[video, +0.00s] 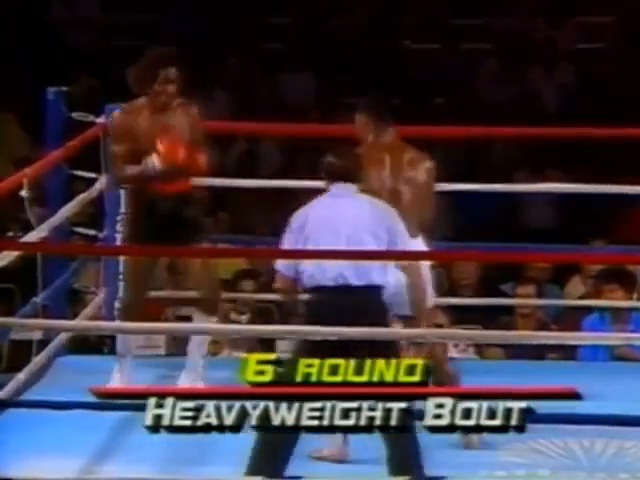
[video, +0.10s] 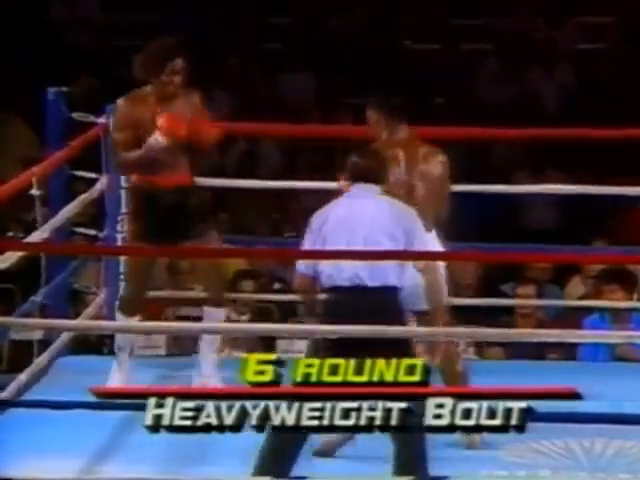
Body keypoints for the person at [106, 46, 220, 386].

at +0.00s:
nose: (169, 89)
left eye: (174, 82)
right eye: (162, 82)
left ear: (179, 85)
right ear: (148, 85)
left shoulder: (188, 115)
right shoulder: (126, 119)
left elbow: (204, 158)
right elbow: (117, 170)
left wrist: (187, 161)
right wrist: (149, 167)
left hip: (184, 208)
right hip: (144, 210)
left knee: (207, 291)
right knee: (134, 295)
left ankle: (193, 373)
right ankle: (123, 371)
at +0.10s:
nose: (176, 81)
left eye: (180, 73)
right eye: (169, 73)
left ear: (185, 75)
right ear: (153, 75)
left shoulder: (190, 102)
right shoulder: (130, 107)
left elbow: (208, 142)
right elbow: (120, 160)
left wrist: (192, 130)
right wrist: (154, 147)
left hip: (185, 193)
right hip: (146, 196)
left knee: (215, 276)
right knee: (136, 285)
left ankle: (208, 367)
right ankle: (121, 367)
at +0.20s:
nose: (186, 77)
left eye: (189, 69)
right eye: (179, 70)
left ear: (192, 71)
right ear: (161, 72)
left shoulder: (194, 101)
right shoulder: (140, 102)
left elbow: (217, 136)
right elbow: (137, 154)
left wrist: (211, 126)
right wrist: (165, 135)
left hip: (187, 192)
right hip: (148, 194)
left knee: (216, 275)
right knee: (136, 280)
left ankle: (235, 364)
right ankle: (121, 366)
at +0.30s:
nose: (192, 82)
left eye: (196, 75)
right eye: (185, 75)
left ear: (200, 77)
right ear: (167, 76)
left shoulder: (201, 108)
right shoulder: (148, 106)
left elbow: (205, 154)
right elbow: (149, 154)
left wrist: (227, 154)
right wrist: (182, 127)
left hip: (191, 195)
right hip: (157, 194)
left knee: (213, 274)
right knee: (140, 278)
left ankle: (240, 359)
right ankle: (121, 367)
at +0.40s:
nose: (223, 90)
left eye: (225, 83)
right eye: (217, 82)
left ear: (222, 85)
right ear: (198, 84)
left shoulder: (220, 114)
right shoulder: (168, 112)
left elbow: (223, 155)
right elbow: (158, 163)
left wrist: (236, 153)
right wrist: (196, 150)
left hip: (206, 198)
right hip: (170, 198)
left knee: (226, 274)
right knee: (153, 277)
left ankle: (245, 356)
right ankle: (125, 364)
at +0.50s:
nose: (240, 95)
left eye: (241, 88)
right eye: (235, 88)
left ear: (234, 90)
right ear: (216, 90)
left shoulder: (231, 118)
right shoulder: (182, 115)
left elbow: (238, 155)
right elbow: (165, 168)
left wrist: (257, 151)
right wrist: (198, 175)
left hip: (218, 208)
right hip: (181, 207)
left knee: (237, 283)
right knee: (164, 287)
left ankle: (250, 360)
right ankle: (127, 363)